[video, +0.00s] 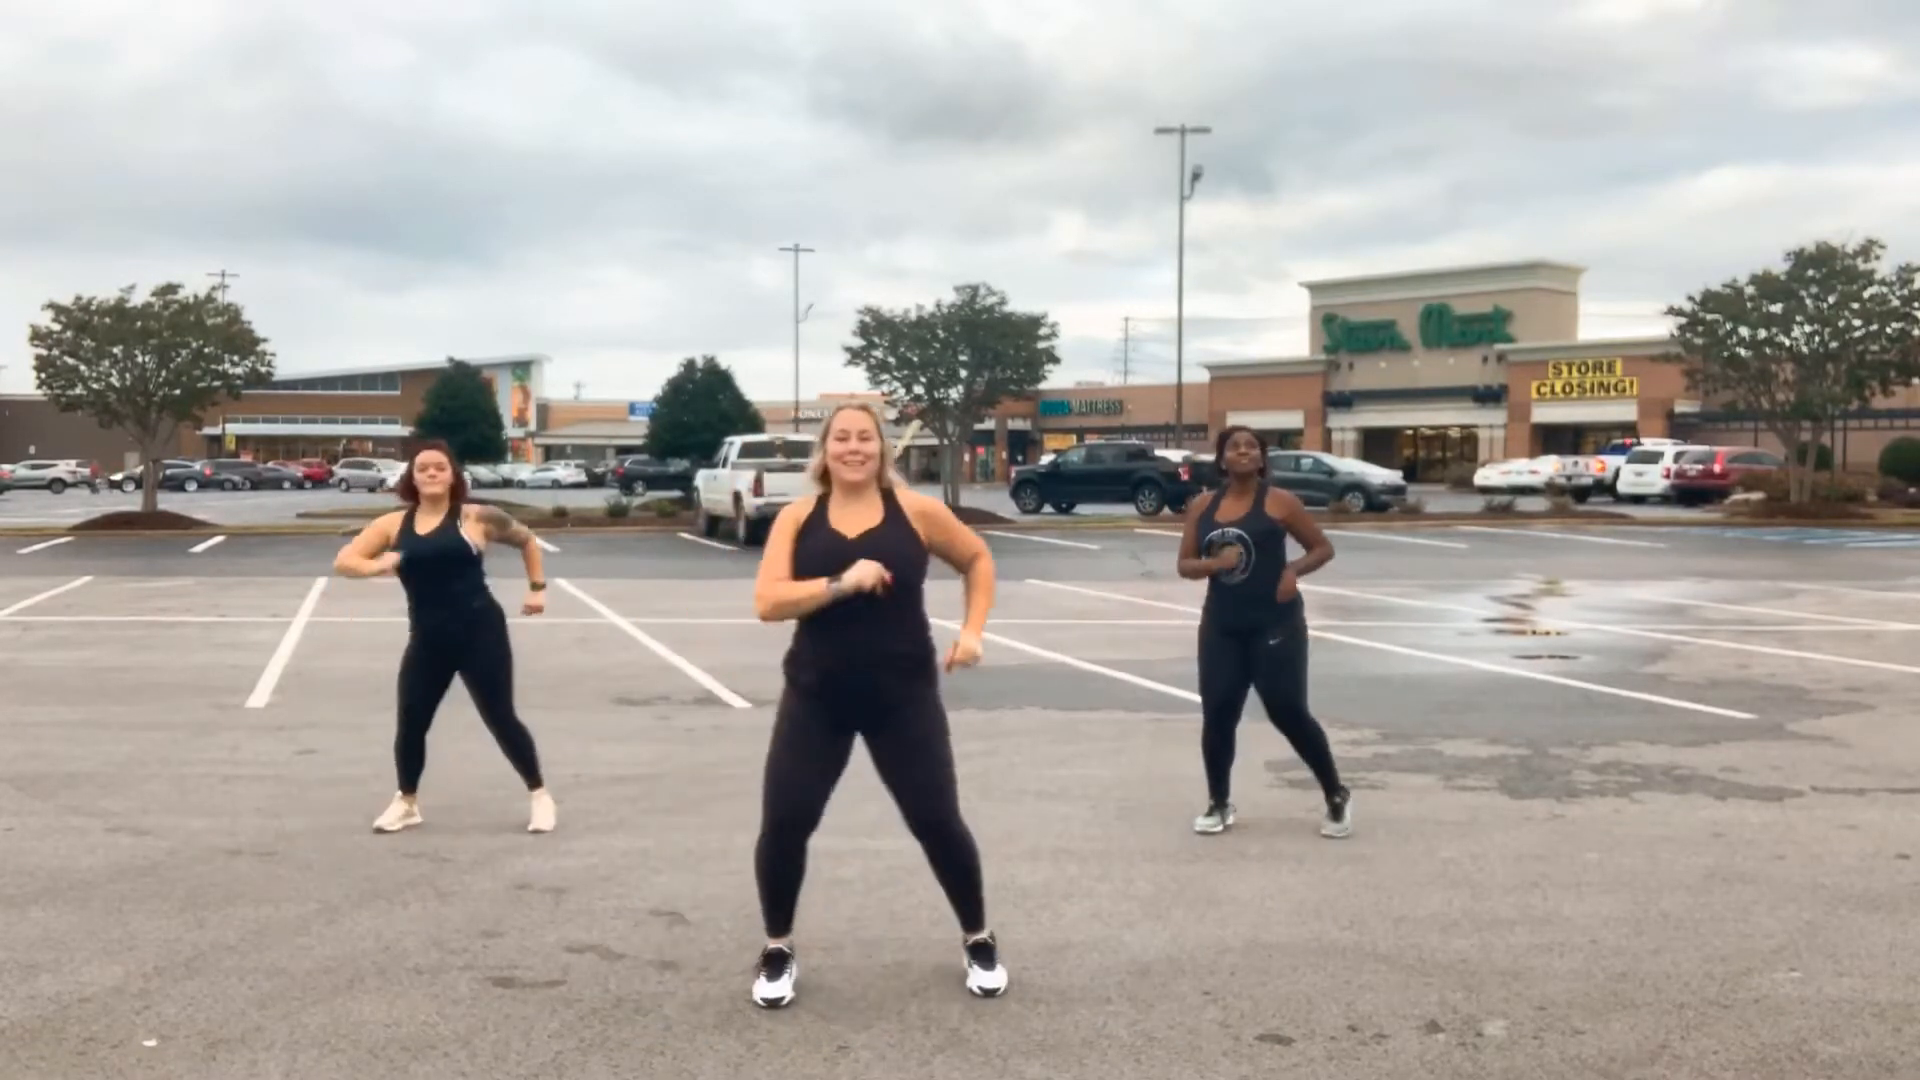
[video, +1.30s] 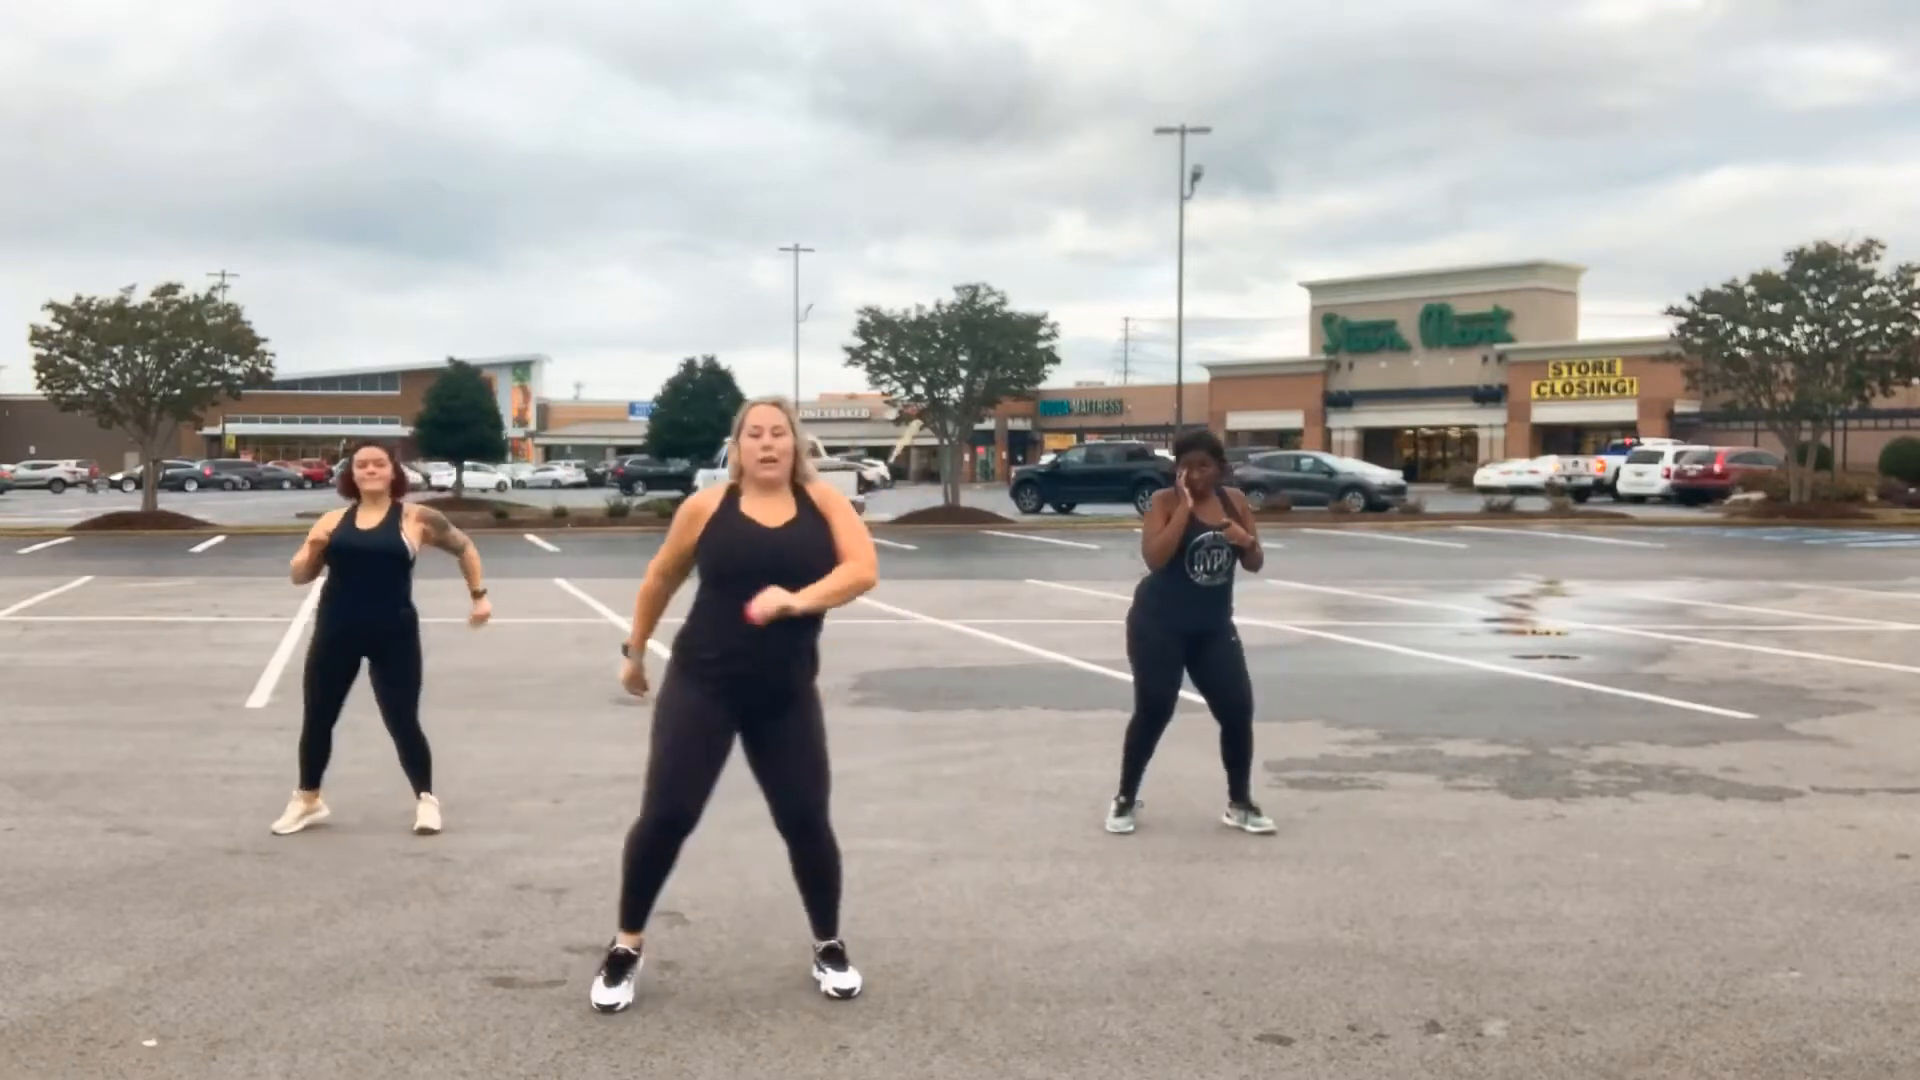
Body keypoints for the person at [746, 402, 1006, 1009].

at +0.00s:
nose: (853, 447)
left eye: (864, 438)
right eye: (842, 438)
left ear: (882, 448)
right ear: (824, 449)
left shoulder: (916, 510)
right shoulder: (796, 517)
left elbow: (977, 558)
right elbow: (768, 601)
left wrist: (972, 631)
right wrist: (837, 585)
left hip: (903, 698)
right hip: (816, 701)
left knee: (937, 823)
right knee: (783, 826)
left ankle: (978, 941)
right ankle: (777, 949)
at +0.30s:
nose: (867, 457)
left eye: (879, 447)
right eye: (856, 447)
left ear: (896, 457)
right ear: (838, 457)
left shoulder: (925, 527)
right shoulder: (806, 524)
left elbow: (962, 615)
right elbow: (759, 586)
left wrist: (922, 595)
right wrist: (773, 647)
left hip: (912, 707)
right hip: (827, 710)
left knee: (946, 826)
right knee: (828, 842)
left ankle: (980, 942)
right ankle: (779, 946)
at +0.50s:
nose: (839, 450)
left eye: (850, 441)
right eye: (827, 441)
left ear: (867, 455)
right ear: (809, 454)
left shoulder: (894, 521)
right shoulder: (780, 519)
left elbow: (923, 607)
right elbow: (706, 579)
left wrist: (883, 650)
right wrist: (740, 643)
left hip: (867, 698)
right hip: (784, 700)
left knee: (921, 813)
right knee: (783, 830)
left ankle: (948, 939)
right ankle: (772, 952)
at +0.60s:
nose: (825, 440)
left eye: (837, 431)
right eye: (814, 430)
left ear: (854, 445)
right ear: (796, 445)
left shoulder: (882, 512)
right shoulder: (765, 511)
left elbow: (924, 588)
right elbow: (708, 586)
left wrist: (896, 650)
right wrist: (758, 607)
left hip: (859, 694)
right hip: (776, 695)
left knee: (885, 817)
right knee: (775, 826)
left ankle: (882, 931)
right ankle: (771, 949)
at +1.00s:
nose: (805, 456)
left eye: (816, 447)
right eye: (794, 446)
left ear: (833, 459)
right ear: (775, 458)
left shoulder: (855, 526)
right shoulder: (740, 521)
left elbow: (897, 612)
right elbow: (711, 611)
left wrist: (863, 644)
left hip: (847, 702)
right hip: (766, 701)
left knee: (851, 834)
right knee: (769, 821)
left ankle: (833, 948)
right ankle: (763, 933)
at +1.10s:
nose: (798, 453)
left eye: (808, 444)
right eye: (786, 443)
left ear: (825, 456)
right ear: (768, 456)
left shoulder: (852, 524)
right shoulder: (736, 520)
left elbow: (871, 613)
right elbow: (693, 609)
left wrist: (810, 600)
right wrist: (673, 698)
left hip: (836, 700)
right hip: (755, 697)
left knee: (842, 826)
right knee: (729, 799)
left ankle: (833, 948)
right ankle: (714, 917)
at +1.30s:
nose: (767, 443)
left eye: (777, 433)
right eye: (755, 434)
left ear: (796, 445)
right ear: (735, 447)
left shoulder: (826, 501)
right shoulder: (705, 508)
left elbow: (863, 570)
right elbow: (660, 579)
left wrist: (797, 600)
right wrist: (636, 651)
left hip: (786, 694)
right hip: (700, 688)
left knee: (807, 823)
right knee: (667, 817)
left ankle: (828, 946)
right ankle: (626, 946)